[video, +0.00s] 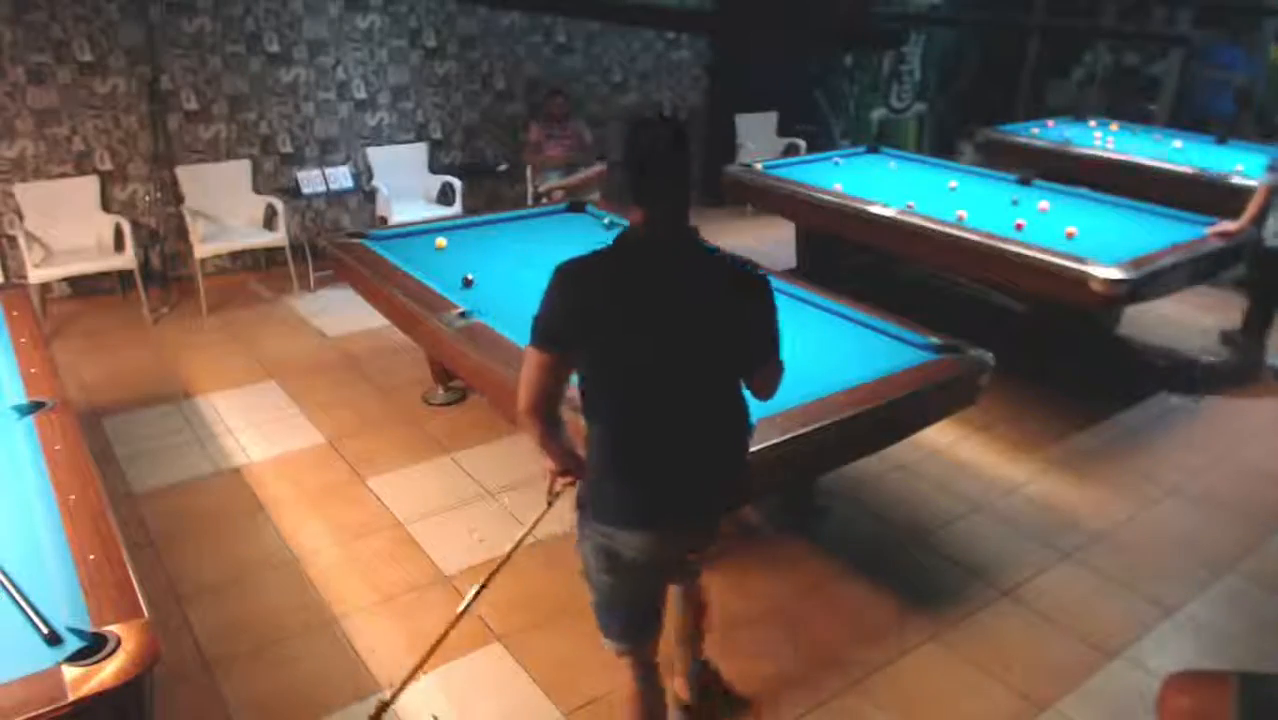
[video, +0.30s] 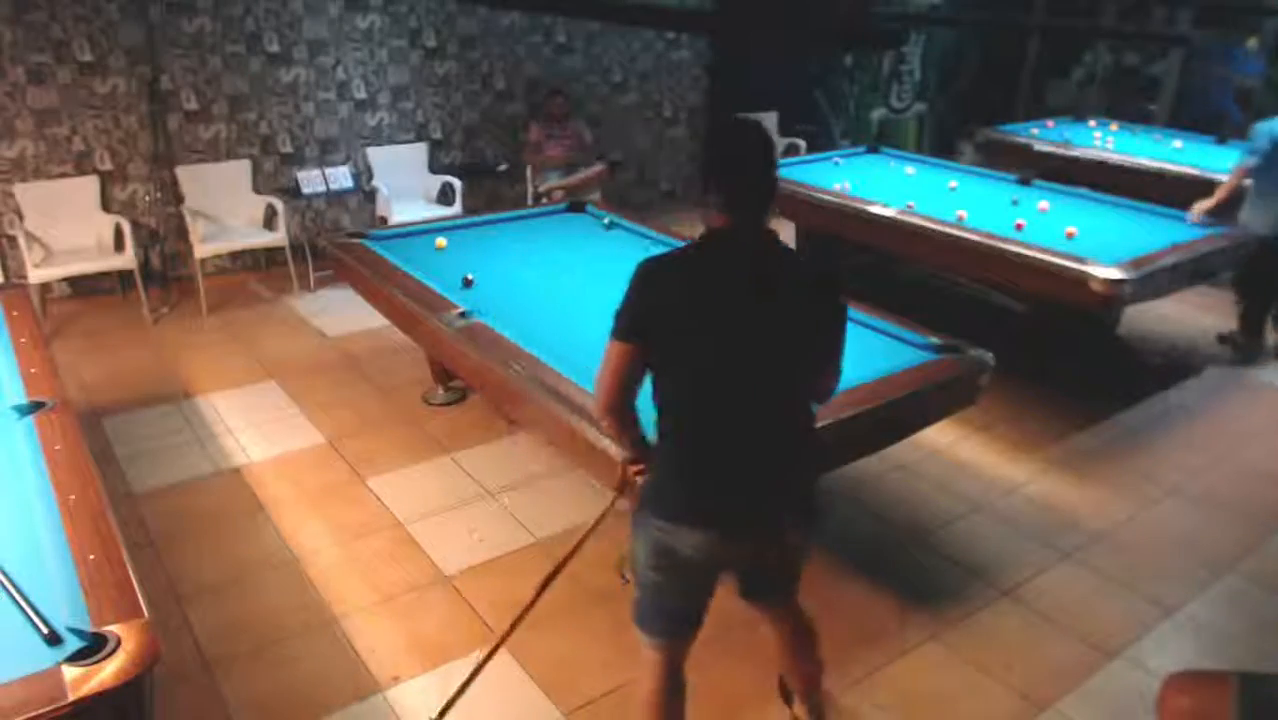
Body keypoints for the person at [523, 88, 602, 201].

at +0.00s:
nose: (559, 109)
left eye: (562, 105)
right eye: (555, 105)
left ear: (567, 106)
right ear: (547, 107)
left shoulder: (577, 125)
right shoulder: (538, 127)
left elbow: (590, 152)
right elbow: (531, 156)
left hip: (575, 169)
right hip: (548, 171)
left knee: (602, 169)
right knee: (558, 196)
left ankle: (549, 189)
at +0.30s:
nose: (559, 109)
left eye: (562, 105)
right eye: (555, 105)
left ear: (568, 106)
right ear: (547, 107)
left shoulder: (576, 125)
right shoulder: (539, 126)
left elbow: (590, 151)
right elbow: (531, 157)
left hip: (575, 168)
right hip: (549, 170)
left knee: (602, 169)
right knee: (558, 196)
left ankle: (549, 189)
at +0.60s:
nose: (559, 110)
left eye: (563, 106)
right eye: (556, 105)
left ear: (569, 107)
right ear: (548, 106)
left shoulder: (578, 126)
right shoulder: (538, 126)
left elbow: (591, 154)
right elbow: (529, 156)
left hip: (576, 167)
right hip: (549, 170)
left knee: (600, 168)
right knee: (558, 196)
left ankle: (551, 188)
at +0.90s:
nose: (560, 110)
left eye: (564, 106)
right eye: (556, 105)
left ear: (568, 107)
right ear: (549, 106)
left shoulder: (578, 126)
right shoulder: (539, 126)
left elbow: (591, 152)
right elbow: (529, 156)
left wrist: (572, 158)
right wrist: (557, 161)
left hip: (576, 166)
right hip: (550, 169)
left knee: (600, 168)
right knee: (559, 196)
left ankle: (551, 188)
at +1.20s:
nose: (560, 110)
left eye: (563, 106)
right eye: (556, 105)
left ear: (569, 107)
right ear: (549, 106)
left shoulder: (578, 126)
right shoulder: (539, 126)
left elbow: (591, 151)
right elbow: (529, 156)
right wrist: (558, 160)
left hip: (576, 166)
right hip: (549, 169)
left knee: (600, 168)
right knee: (559, 196)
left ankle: (550, 188)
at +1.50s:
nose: (560, 110)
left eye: (563, 106)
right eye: (556, 105)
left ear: (569, 107)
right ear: (548, 106)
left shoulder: (578, 126)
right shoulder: (539, 127)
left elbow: (592, 153)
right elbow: (530, 157)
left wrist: (573, 160)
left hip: (577, 167)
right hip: (549, 171)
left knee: (600, 168)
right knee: (559, 196)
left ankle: (549, 188)